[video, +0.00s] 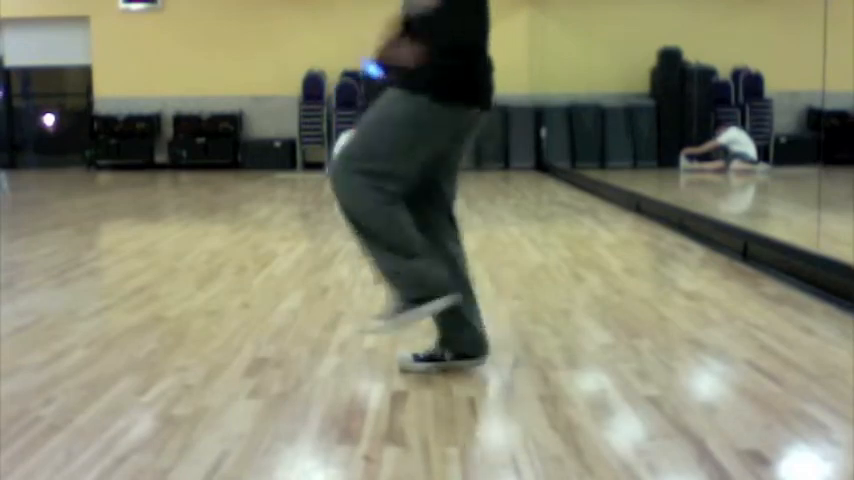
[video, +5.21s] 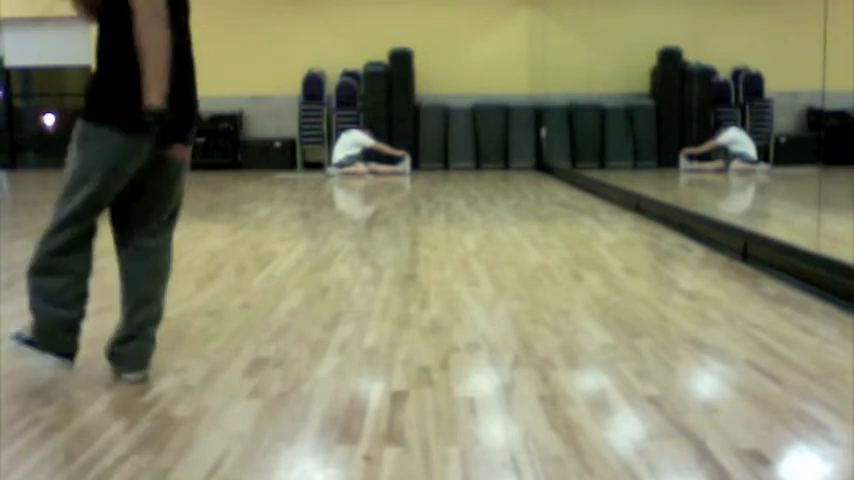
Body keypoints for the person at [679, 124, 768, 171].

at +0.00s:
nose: (719, 135)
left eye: (719, 132)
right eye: (718, 133)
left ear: (723, 128)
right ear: (727, 127)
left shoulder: (731, 132)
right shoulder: (733, 132)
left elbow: (708, 147)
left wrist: (687, 151)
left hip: (744, 159)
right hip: (734, 159)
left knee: (734, 167)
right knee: (716, 165)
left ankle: (755, 171)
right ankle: (696, 166)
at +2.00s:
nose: (719, 134)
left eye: (719, 132)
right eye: (718, 133)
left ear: (723, 128)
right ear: (727, 127)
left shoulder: (732, 132)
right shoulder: (733, 132)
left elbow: (711, 146)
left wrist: (688, 151)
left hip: (743, 160)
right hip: (734, 159)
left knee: (733, 170)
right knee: (715, 165)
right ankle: (692, 166)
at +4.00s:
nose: (719, 136)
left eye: (719, 134)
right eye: (719, 135)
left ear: (722, 130)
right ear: (726, 128)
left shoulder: (730, 132)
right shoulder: (733, 132)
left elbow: (707, 148)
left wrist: (687, 151)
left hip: (745, 159)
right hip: (734, 159)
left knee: (733, 168)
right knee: (714, 165)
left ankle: (754, 170)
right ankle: (691, 166)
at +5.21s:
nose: (720, 136)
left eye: (720, 134)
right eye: (719, 134)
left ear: (722, 130)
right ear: (726, 128)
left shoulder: (730, 133)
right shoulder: (734, 131)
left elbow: (705, 148)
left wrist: (687, 151)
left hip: (746, 161)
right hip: (737, 159)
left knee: (733, 167)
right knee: (717, 164)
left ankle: (755, 169)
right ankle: (693, 166)